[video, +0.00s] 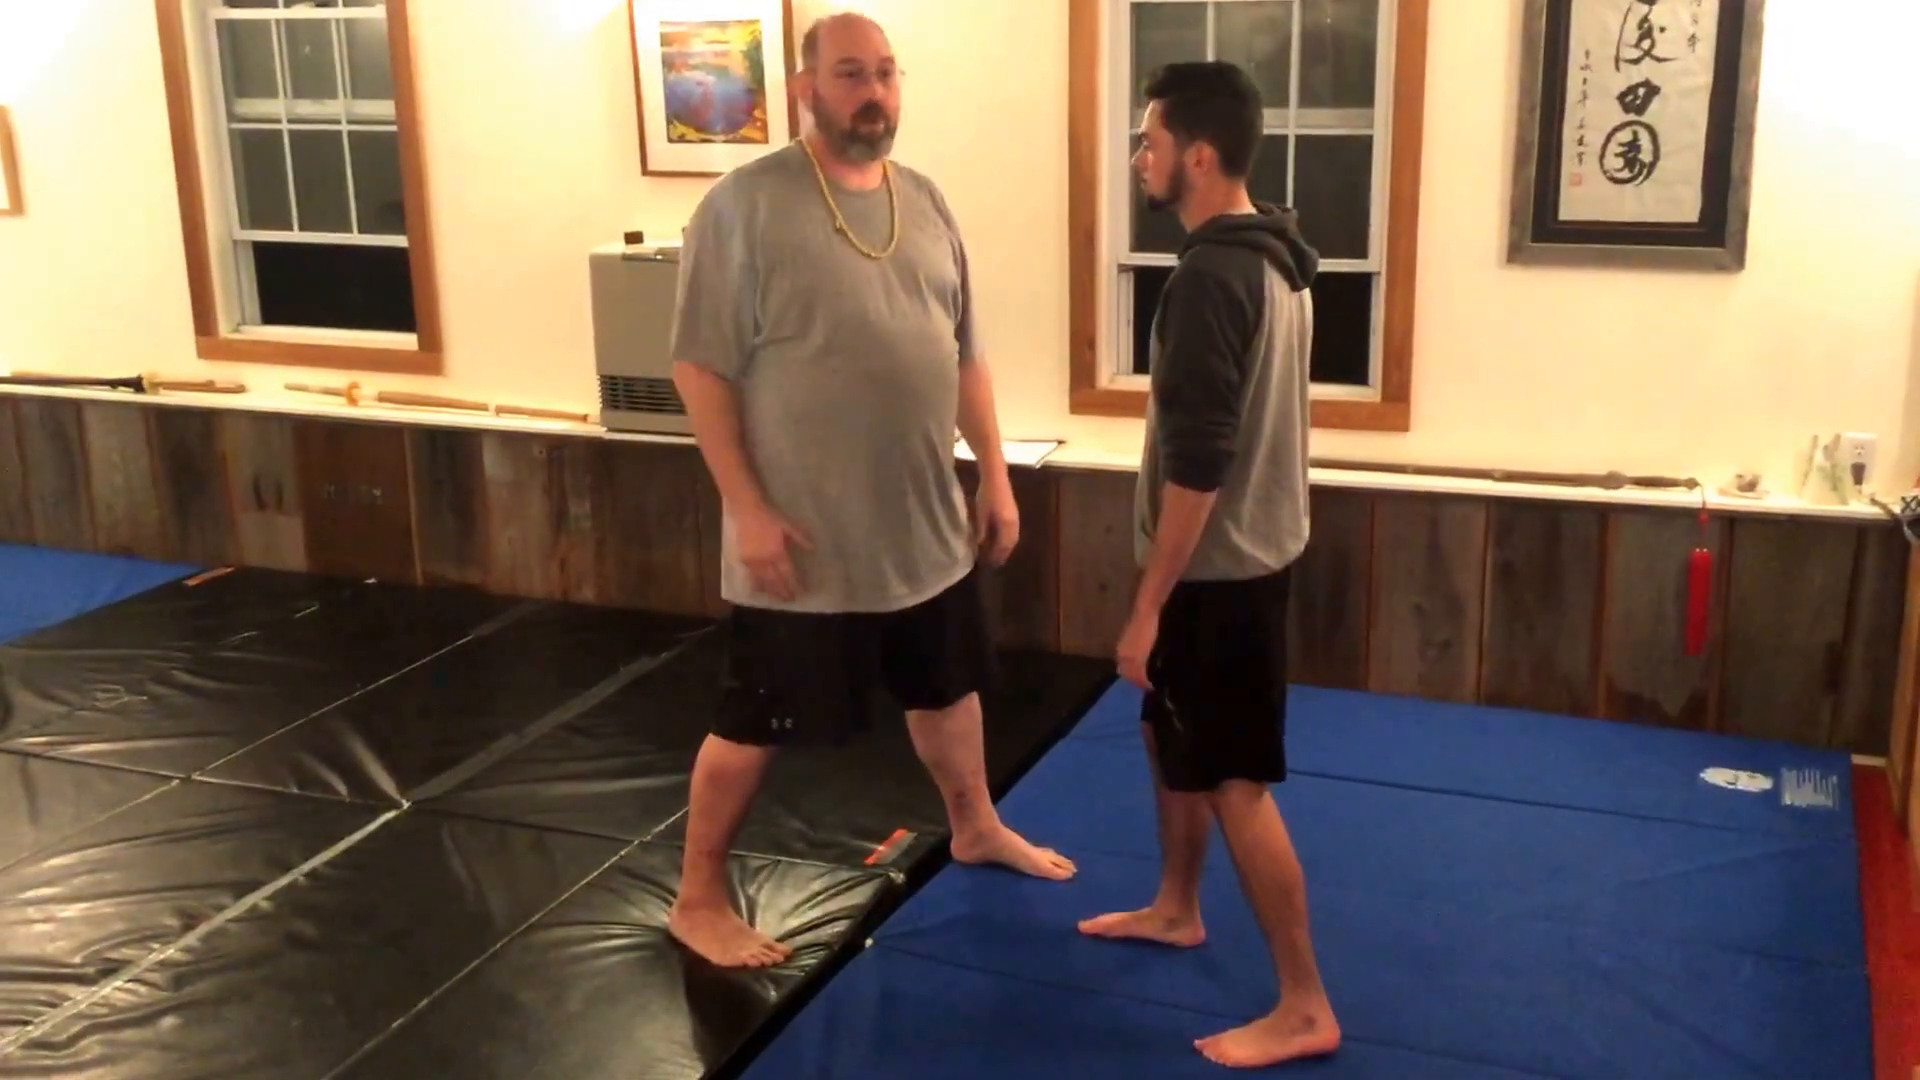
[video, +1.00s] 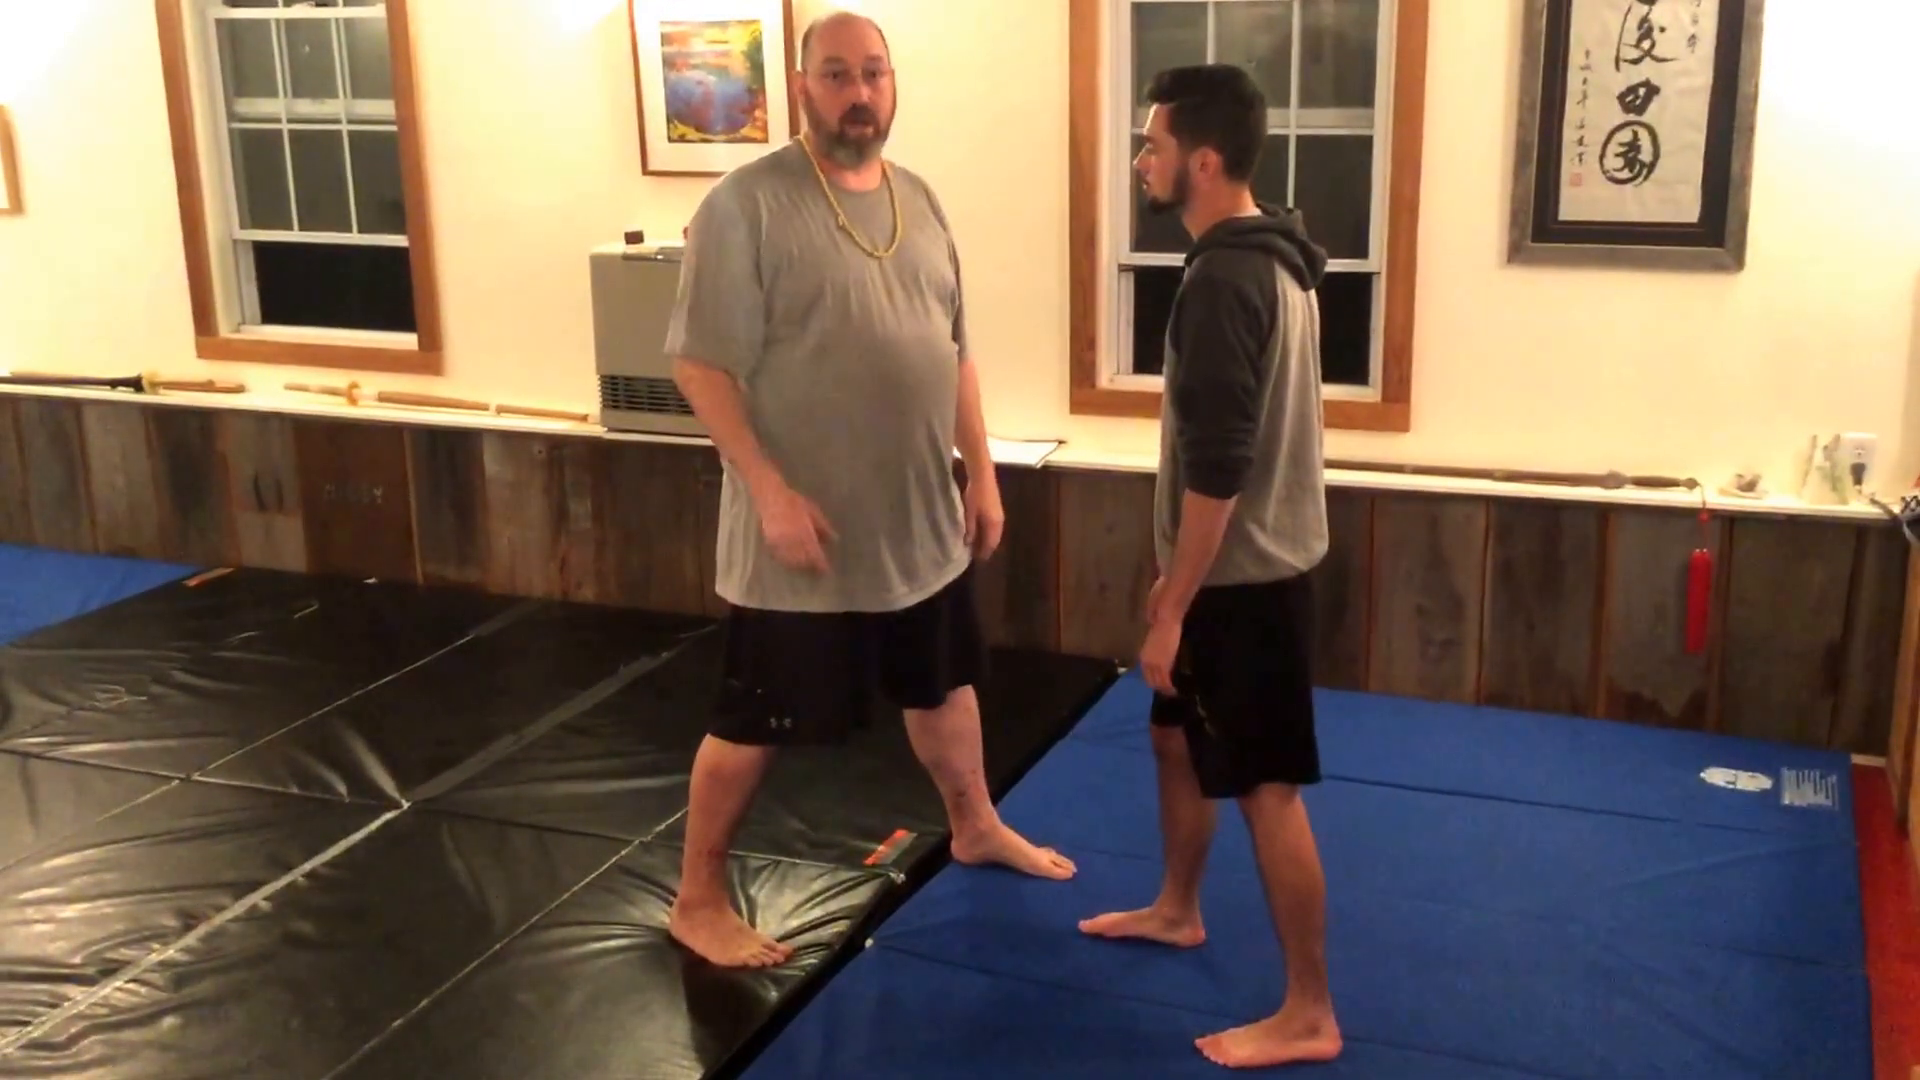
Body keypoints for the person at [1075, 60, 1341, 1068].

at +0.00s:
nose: (1139, 155)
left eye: (1151, 138)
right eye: (1143, 136)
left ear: (1200, 152)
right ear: (1223, 151)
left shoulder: (1212, 270)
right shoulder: (1273, 250)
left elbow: (1200, 461)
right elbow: (1263, 426)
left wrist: (1149, 605)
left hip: (1222, 565)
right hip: (1243, 549)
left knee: (1235, 782)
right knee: (1172, 729)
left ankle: (1305, 1006)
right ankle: (1176, 904)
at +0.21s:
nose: (1142, 156)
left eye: (1154, 140)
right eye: (1146, 138)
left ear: (1202, 154)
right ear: (1225, 153)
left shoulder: (1215, 276)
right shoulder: (1274, 254)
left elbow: (1202, 469)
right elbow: (1268, 426)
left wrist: (1143, 602)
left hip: (1233, 566)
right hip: (1232, 553)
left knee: (1262, 783)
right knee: (1166, 729)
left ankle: (1308, 1012)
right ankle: (1176, 906)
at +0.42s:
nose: (1142, 158)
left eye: (1154, 141)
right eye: (1146, 139)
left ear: (1203, 155)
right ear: (1225, 155)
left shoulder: (1222, 276)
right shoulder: (1270, 254)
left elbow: (1212, 467)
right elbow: (1263, 434)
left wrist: (1147, 597)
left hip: (1243, 567)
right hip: (1234, 555)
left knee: (1268, 787)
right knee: (1175, 734)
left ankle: (1308, 1013)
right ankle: (1177, 906)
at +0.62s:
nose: (1142, 158)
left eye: (1154, 141)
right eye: (1146, 139)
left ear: (1203, 156)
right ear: (1225, 156)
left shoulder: (1224, 278)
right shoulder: (1271, 252)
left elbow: (1216, 473)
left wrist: (1163, 612)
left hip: (1245, 571)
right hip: (1238, 556)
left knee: (1270, 790)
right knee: (1179, 735)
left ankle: (1308, 1013)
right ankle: (1177, 905)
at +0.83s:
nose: (1142, 158)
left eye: (1154, 141)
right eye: (1146, 139)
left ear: (1203, 156)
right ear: (1224, 156)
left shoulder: (1225, 278)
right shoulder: (1266, 253)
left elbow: (1223, 469)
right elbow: (1233, 444)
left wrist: (1181, 614)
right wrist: (1179, 571)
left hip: (1249, 570)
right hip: (1231, 554)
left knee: (1269, 789)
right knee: (1178, 733)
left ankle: (1309, 1012)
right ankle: (1177, 906)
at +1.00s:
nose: (1143, 159)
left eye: (1155, 143)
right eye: (1146, 141)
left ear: (1204, 156)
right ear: (1224, 156)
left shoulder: (1224, 278)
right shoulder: (1271, 252)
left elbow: (1220, 468)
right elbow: (1249, 444)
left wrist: (1172, 608)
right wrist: (1186, 571)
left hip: (1246, 571)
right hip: (1234, 557)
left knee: (1266, 788)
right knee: (1175, 732)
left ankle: (1309, 1012)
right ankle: (1177, 906)